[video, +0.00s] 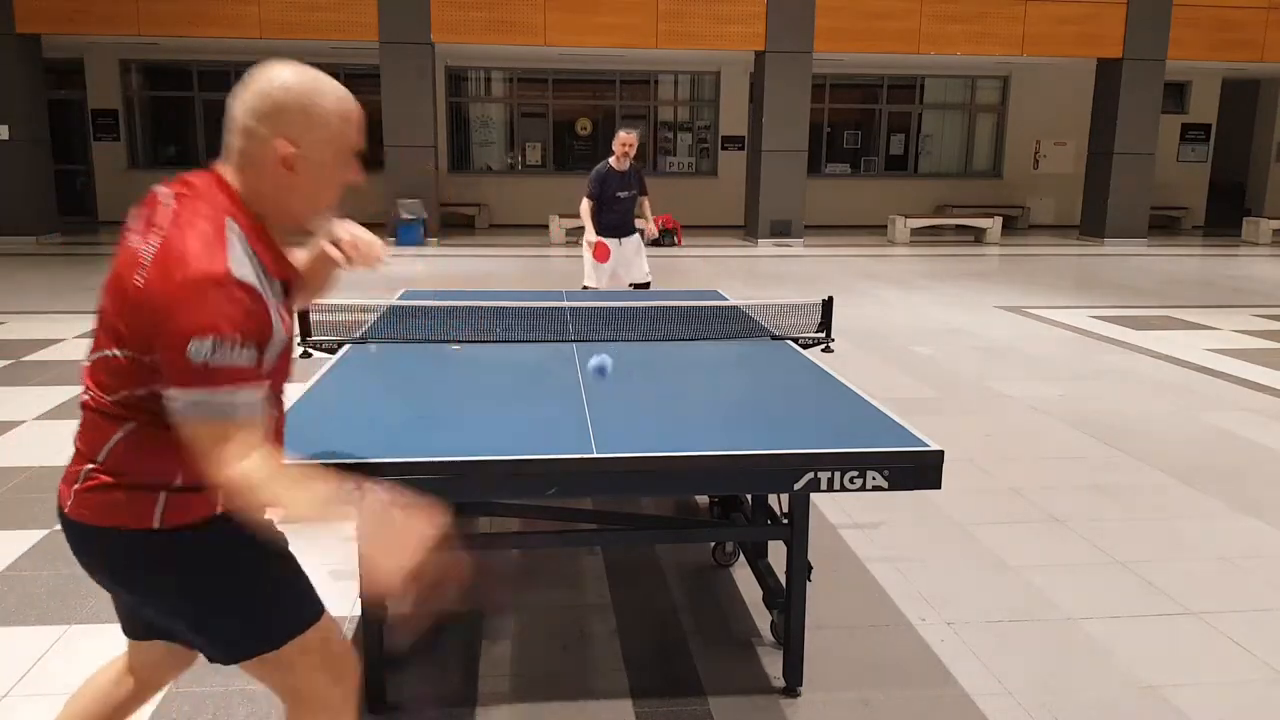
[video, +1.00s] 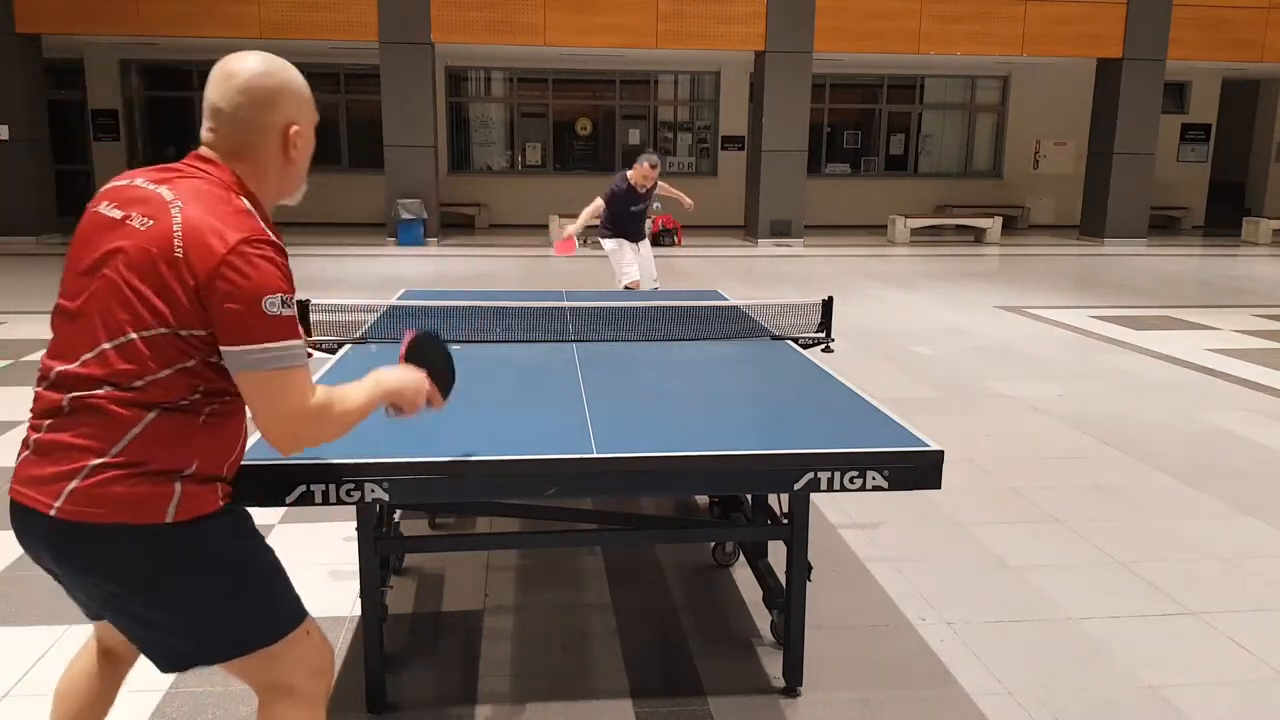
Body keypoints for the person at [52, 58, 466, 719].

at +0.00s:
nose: (357, 177)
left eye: (358, 159)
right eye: (348, 158)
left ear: (278, 156)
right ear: (287, 160)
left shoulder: (186, 199)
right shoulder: (209, 276)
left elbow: (257, 298)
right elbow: (240, 469)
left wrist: (319, 262)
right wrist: (366, 502)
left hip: (118, 501)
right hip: (174, 519)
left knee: (158, 657)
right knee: (327, 680)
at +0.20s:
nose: (207, 97)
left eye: (206, 81)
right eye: (200, 80)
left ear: (92, 82)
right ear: (162, 92)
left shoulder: (21, 185)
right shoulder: (148, 165)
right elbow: (307, 88)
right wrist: (234, 11)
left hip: (42, 501)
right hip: (153, 502)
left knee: (83, 669)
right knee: (285, 686)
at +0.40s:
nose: (116, 96)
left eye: (113, 78)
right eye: (110, 78)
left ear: (9, 89)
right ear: (80, 85)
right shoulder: (99, 163)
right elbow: (264, 131)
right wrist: (182, 36)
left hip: (10, 503)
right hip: (123, 492)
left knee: (59, 666)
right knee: (254, 688)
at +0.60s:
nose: (130, 88)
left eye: (126, 73)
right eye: (124, 74)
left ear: (25, 84)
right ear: (98, 83)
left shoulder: (5, 157)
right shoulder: (107, 172)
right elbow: (288, 217)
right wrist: (250, 110)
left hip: (12, 489)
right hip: (99, 488)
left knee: (49, 669)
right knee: (241, 674)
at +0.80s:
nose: (226, 105)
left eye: (222, 88)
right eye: (222, 89)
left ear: (120, 95)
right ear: (203, 98)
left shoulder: (35, 178)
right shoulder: (175, 204)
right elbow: (319, 332)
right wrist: (351, 229)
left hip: (14, 498)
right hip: (122, 507)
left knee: (68, 665)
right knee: (269, 677)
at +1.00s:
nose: (313, 148)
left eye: (312, 132)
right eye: (311, 132)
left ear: (210, 124)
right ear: (291, 139)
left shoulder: (120, 192)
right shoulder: (237, 241)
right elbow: (293, 426)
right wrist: (384, 386)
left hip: (46, 497)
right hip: (148, 514)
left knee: (115, 641)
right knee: (301, 673)